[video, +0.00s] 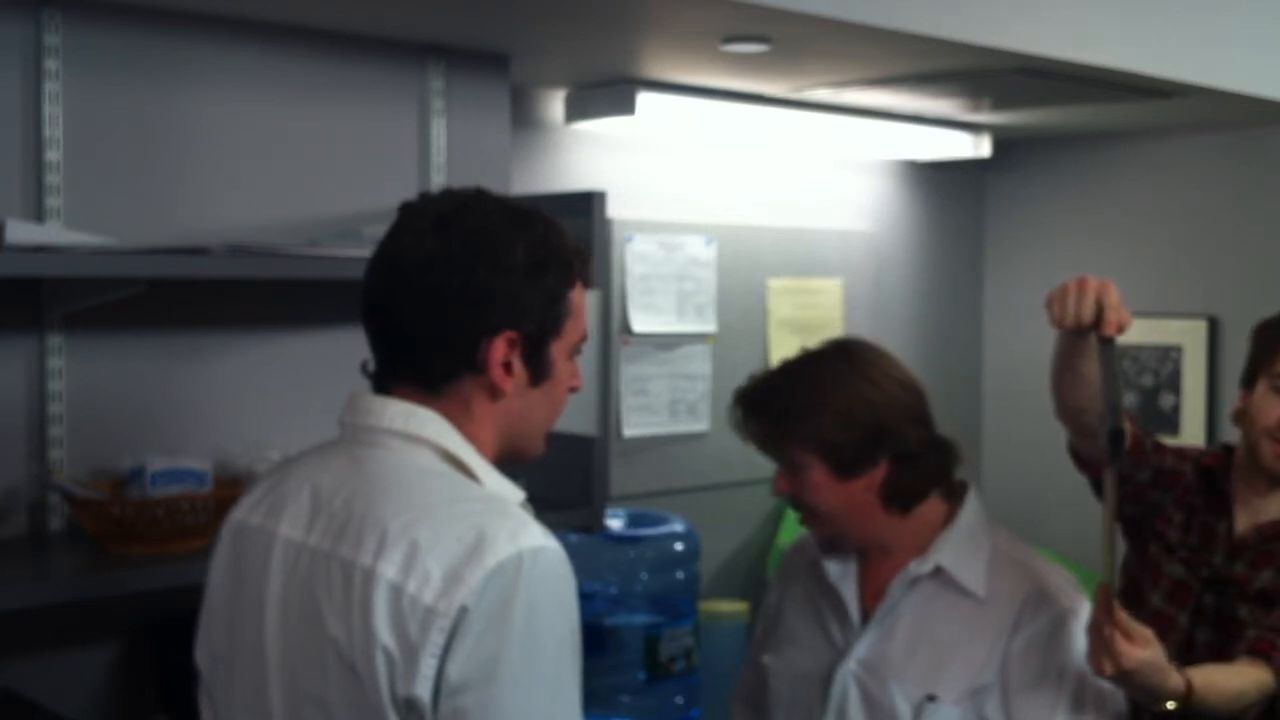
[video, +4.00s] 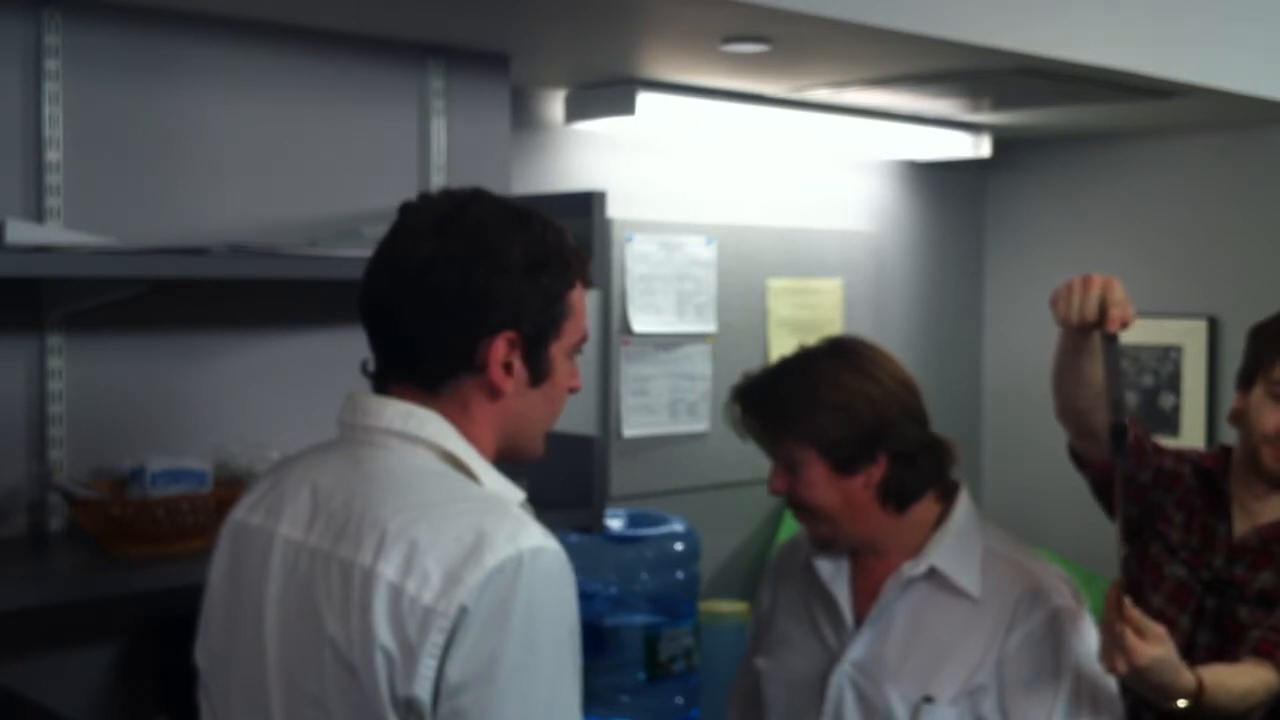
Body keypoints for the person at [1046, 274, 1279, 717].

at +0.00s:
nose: (1279, 413)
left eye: (1279, 392)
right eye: (1275, 389)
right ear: (1242, 402)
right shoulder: (1174, 481)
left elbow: (1265, 673)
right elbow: (1089, 425)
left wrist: (1175, 685)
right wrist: (1080, 332)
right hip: (1124, 703)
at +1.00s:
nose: (1279, 419)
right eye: (1275, 393)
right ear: (1240, 404)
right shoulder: (1172, 483)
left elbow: (1266, 674)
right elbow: (1087, 428)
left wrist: (1179, 687)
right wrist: (1076, 336)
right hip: (1121, 702)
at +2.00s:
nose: (1278, 419)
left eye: (1279, 398)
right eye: (1276, 395)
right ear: (1242, 402)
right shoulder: (1171, 484)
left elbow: (1266, 674)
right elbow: (1091, 426)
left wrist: (1183, 688)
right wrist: (1082, 333)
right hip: (1132, 703)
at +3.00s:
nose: (1279, 418)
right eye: (1277, 394)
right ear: (1243, 401)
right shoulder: (1173, 485)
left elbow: (1268, 674)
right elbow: (1092, 427)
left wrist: (1186, 686)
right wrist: (1084, 329)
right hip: (1128, 704)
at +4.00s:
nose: (1279, 420)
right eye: (1275, 395)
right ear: (1240, 400)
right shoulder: (1167, 485)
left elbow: (1268, 675)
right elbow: (1089, 426)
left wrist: (1186, 686)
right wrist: (1083, 329)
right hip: (1131, 704)